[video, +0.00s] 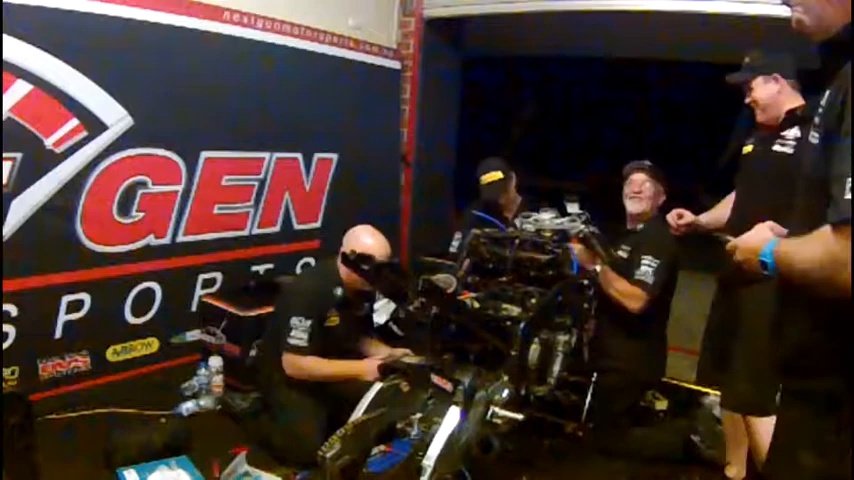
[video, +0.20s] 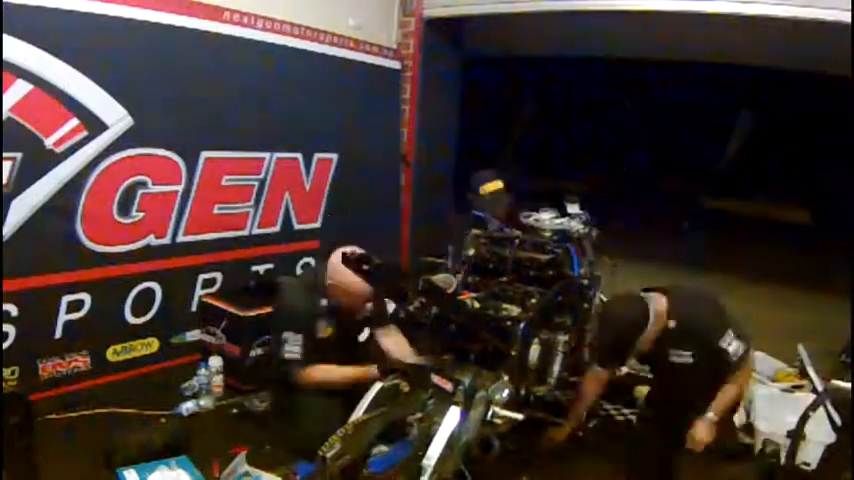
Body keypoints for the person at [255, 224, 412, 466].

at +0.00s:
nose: (374, 276)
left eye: (380, 268)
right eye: (367, 266)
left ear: (386, 266)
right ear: (345, 258)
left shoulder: (361, 292)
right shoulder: (309, 291)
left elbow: (357, 338)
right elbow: (294, 365)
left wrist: (388, 354)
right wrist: (361, 369)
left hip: (328, 376)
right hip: (289, 383)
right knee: (307, 448)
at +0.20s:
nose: (367, 307)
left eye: (370, 300)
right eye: (362, 300)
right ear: (338, 290)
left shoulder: (356, 298)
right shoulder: (297, 301)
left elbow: (385, 328)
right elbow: (299, 373)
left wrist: (418, 372)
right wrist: (374, 372)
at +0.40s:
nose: (337, 253)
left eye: (341, 245)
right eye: (330, 245)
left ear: (346, 241)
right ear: (306, 238)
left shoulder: (345, 270)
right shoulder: (287, 280)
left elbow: (379, 309)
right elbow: (293, 353)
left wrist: (409, 355)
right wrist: (354, 364)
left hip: (345, 389)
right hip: (302, 398)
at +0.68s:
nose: (380, 284)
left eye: (385, 275)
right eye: (374, 275)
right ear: (353, 265)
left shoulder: (372, 294)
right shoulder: (311, 291)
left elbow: (384, 347)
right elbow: (300, 367)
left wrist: (422, 377)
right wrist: (372, 370)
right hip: (300, 388)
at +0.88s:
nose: (308, 327)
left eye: (315, 321)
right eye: (301, 322)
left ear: (333, 306)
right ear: (290, 304)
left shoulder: (352, 300)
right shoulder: (266, 319)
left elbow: (368, 343)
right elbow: (235, 376)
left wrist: (348, 384)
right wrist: (241, 427)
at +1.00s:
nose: (289, 323)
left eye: (293, 314)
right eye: (280, 316)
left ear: (309, 296)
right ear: (266, 300)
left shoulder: (336, 296)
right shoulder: (251, 313)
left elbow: (353, 361)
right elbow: (235, 373)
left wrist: (316, 414)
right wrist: (246, 429)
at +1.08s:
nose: (244, 328)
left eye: (252, 321)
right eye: (239, 321)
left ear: (275, 306)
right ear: (232, 309)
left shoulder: (321, 303)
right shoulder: (232, 329)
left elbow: (355, 352)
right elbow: (207, 393)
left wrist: (317, 404)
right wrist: (165, 452)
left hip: (320, 385)